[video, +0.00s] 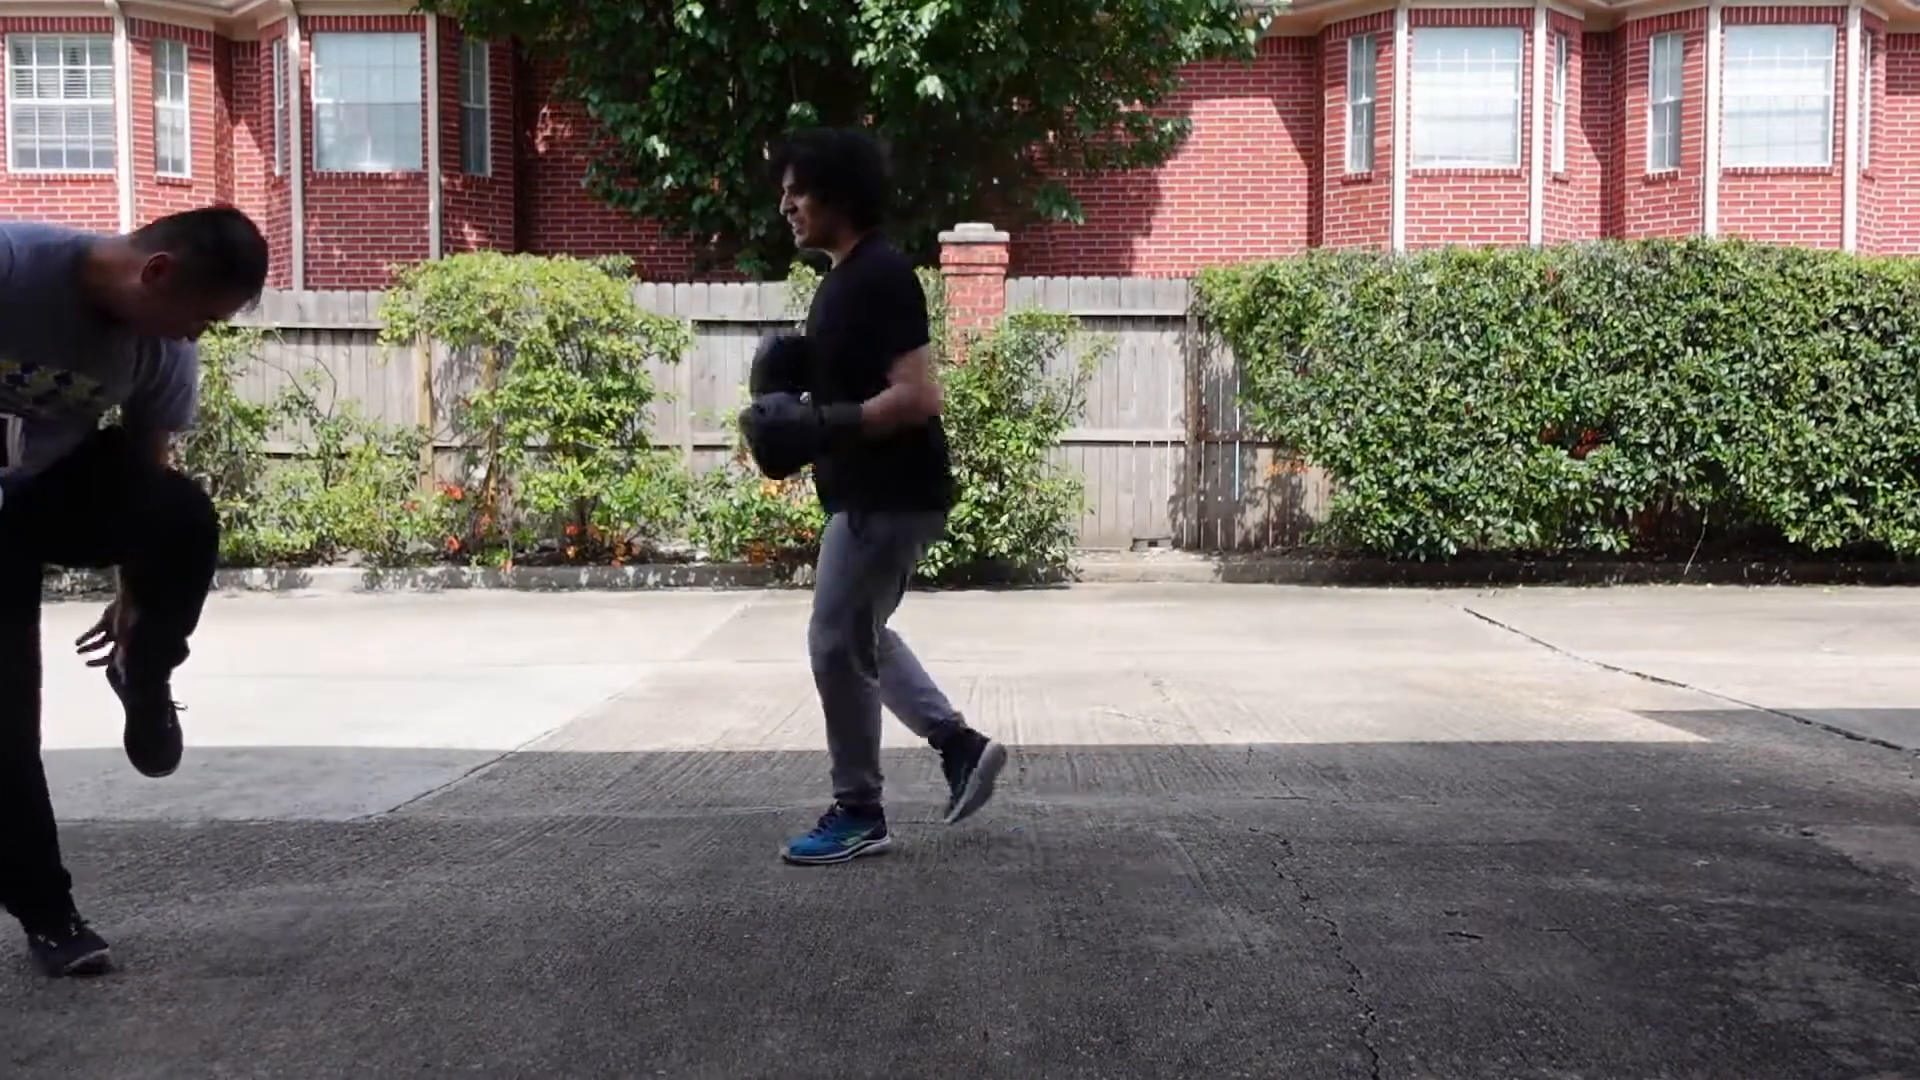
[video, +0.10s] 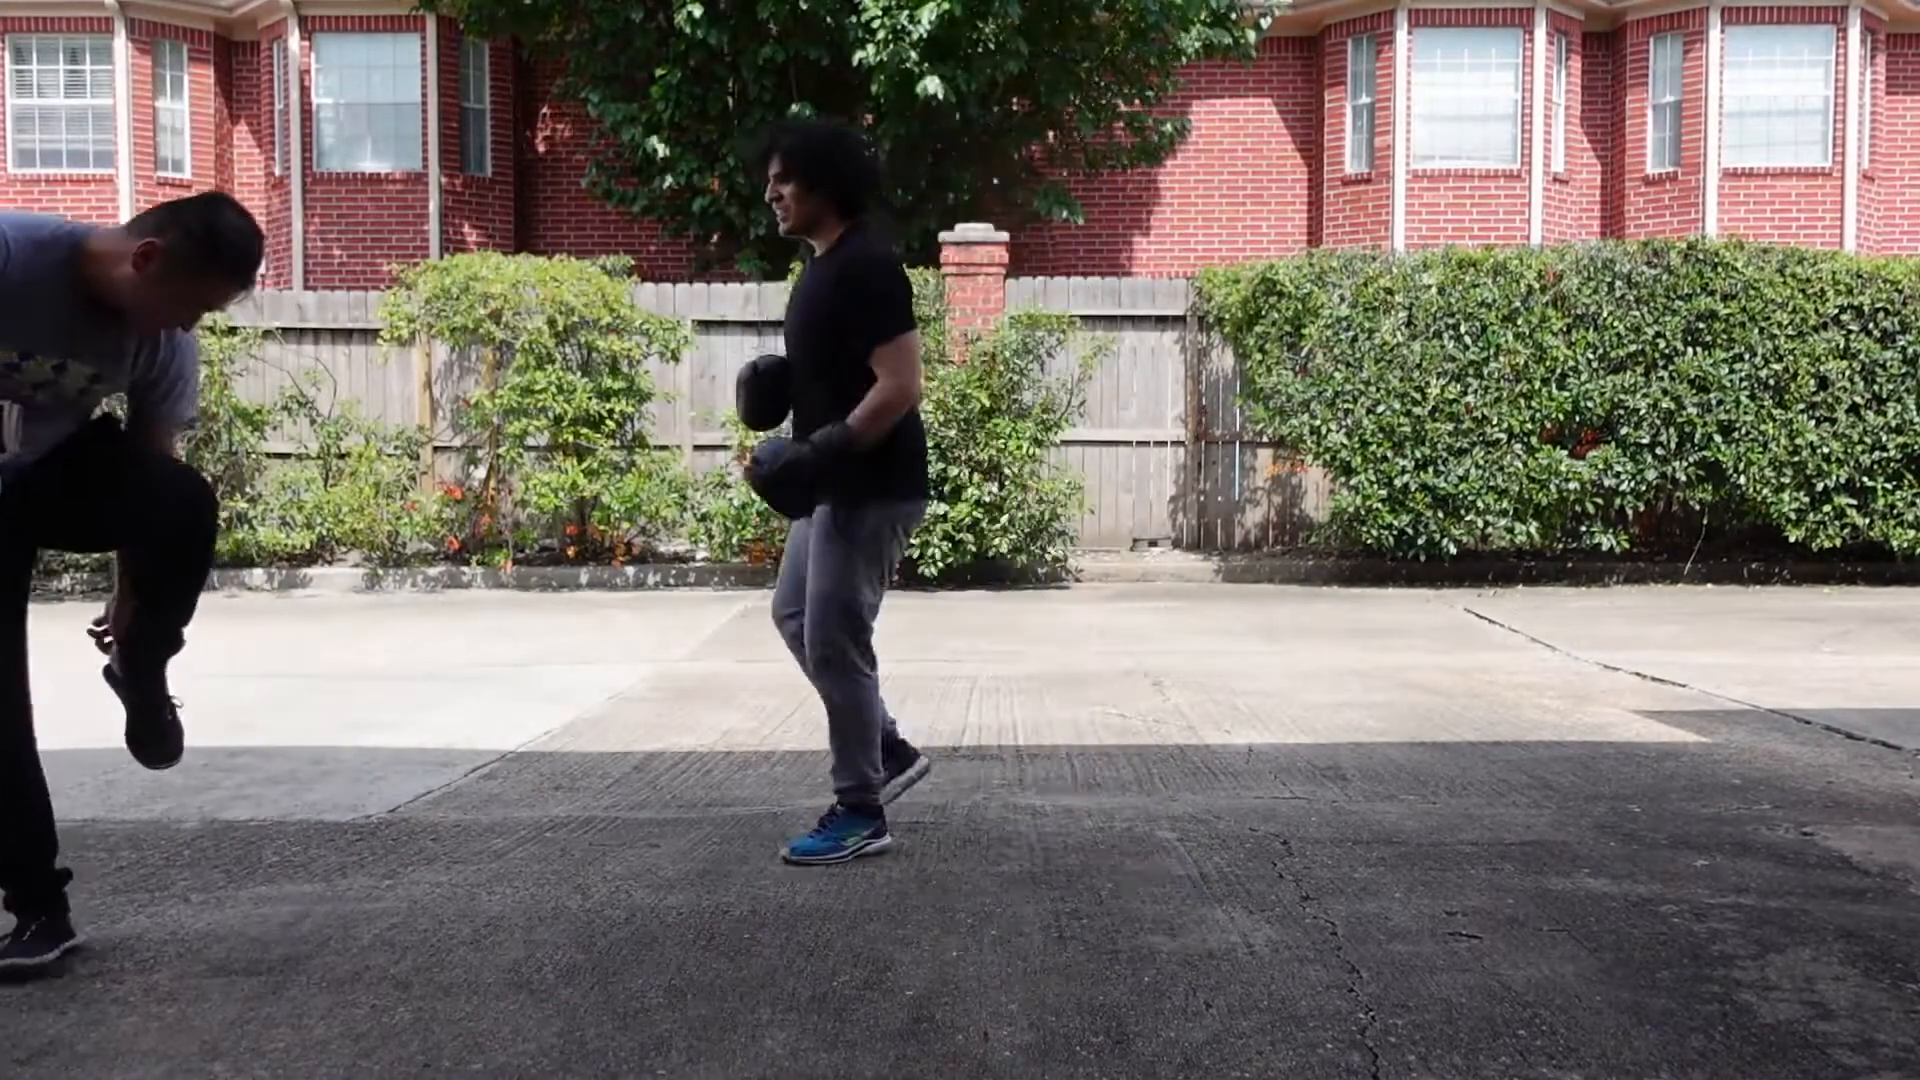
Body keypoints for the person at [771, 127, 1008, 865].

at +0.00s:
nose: (788, 208)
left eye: (799, 195)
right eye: (787, 195)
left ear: (839, 198)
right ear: (835, 204)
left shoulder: (882, 277)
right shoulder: (845, 278)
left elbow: (921, 397)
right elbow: (866, 373)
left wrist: (822, 420)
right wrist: (805, 363)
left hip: (890, 500)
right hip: (869, 496)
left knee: (834, 645)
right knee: (858, 634)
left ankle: (859, 814)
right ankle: (959, 745)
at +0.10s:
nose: (773, 196)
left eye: (784, 183)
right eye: (770, 184)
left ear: (827, 186)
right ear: (800, 191)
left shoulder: (868, 266)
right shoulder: (823, 265)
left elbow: (900, 386)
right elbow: (838, 365)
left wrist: (812, 457)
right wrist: (783, 382)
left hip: (873, 487)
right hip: (835, 482)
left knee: (838, 641)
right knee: (795, 615)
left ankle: (858, 812)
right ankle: (889, 748)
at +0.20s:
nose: (763, 195)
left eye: (774, 182)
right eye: (761, 183)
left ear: (818, 184)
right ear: (785, 188)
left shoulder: (859, 261)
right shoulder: (804, 261)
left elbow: (891, 386)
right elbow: (817, 364)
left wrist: (827, 470)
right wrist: (768, 398)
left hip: (854, 490)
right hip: (797, 483)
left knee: (830, 642)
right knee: (767, 621)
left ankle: (860, 810)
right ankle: (808, 758)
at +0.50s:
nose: (734, 228)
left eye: (745, 216)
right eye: (730, 216)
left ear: (786, 215)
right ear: (735, 220)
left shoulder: (840, 292)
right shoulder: (728, 287)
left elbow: (881, 393)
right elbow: (705, 370)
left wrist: (848, 453)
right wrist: (689, 406)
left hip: (804, 507)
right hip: (730, 504)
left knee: (820, 655)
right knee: (728, 649)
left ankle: (851, 804)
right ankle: (751, 778)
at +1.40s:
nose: (837, 266)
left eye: (850, 256)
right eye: (828, 254)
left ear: (871, 265)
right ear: (814, 258)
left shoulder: (886, 325)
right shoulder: (776, 309)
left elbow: (908, 409)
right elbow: (729, 385)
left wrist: (879, 356)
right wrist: (748, 429)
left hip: (854, 511)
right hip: (776, 511)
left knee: (872, 632)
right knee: (750, 632)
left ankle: (886, 747)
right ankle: (743, 737)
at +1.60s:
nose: (854, 282)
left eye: (865, 273)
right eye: (845, 271)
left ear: (878, 281)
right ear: (822, 272)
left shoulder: (881, 333)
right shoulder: (785, 324)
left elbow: (897, 362)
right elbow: (766, 406)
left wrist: (841, 299)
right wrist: (780, 495)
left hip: (848, 516)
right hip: (774, 516)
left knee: (892, 612)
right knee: (751, 638)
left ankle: (870, 731)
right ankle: (749, 738)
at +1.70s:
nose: (855, 293)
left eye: (866, 285)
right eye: (846, 283)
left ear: (880, 292)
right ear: (824, 284)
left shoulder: (889, 341)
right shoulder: (793, 336)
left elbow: (885, 354)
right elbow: (805, 432)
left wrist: (821, 289)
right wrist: (845, 503)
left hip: (843, 526)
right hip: (772, 523)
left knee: (887, 631)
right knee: (738, 630)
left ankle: (873, 737)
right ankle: (733, 724)